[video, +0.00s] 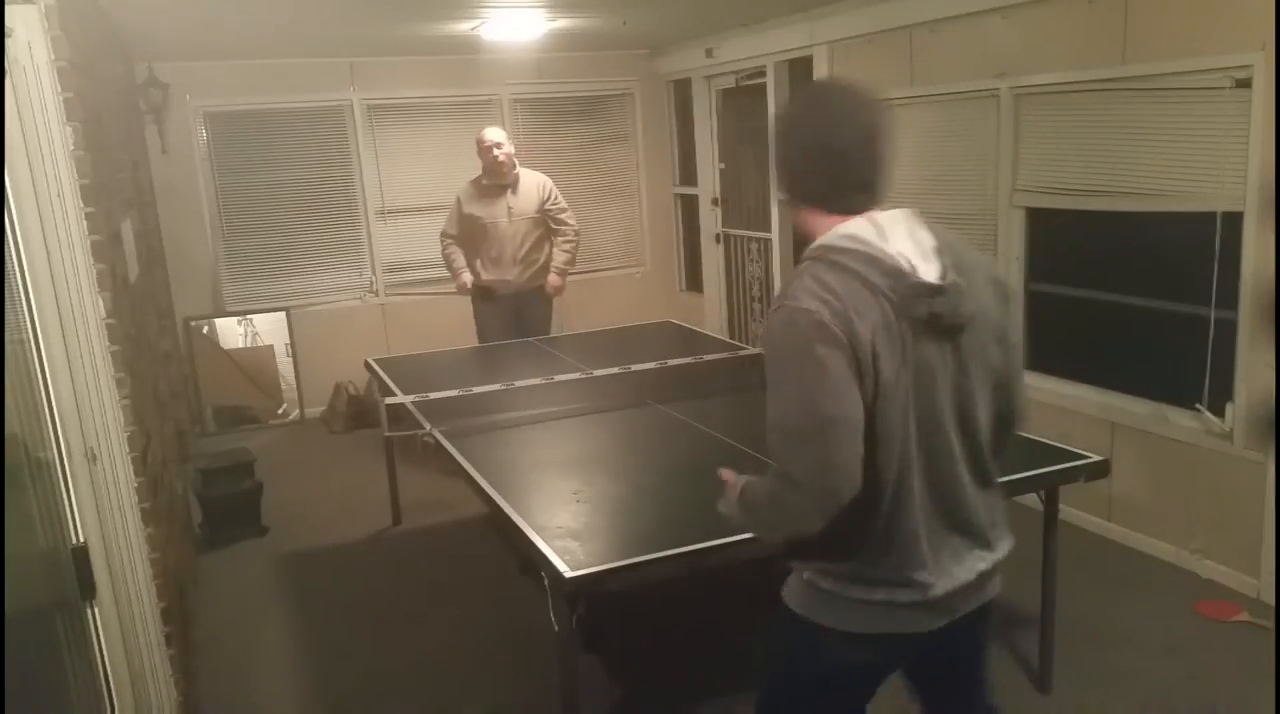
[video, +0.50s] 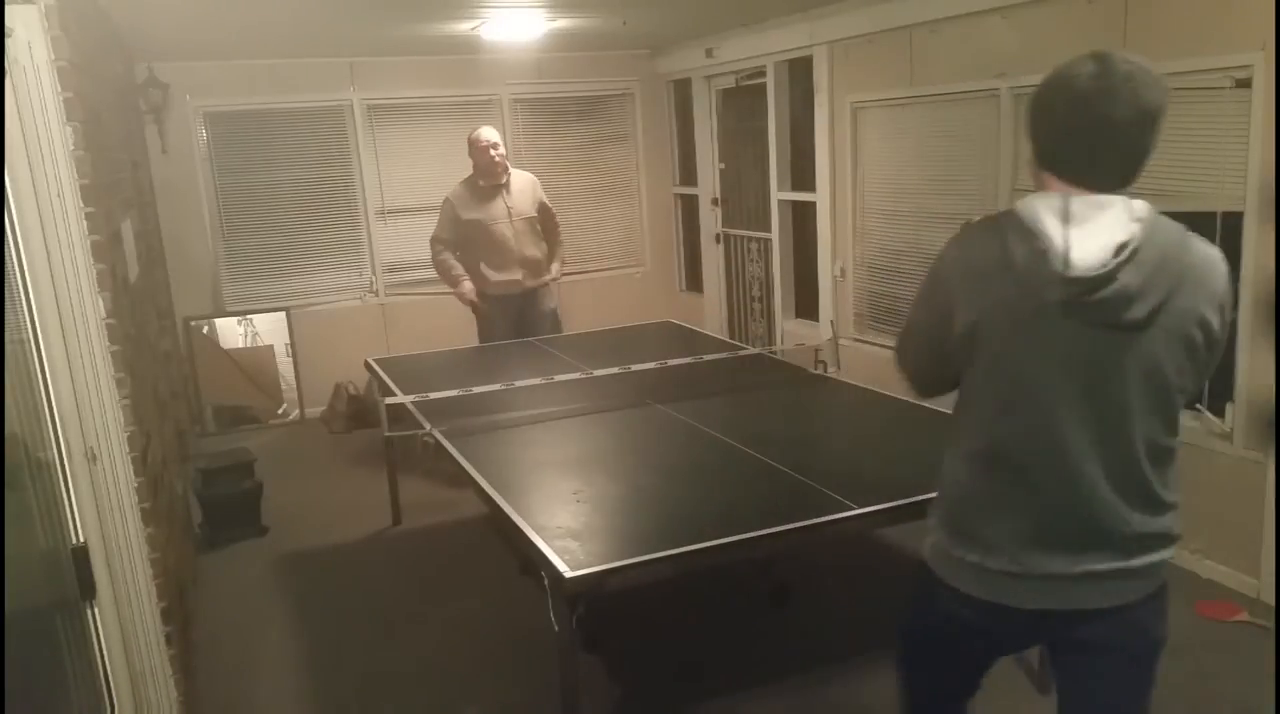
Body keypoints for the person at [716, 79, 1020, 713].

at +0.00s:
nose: (777, 174)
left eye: (782, 159)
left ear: (788, 175)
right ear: (876, 163)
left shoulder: (813, 306)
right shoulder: (974, 271)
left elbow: (821, 485)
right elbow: (1004, 418)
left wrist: (744, 499)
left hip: (851, 612)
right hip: (967, 595)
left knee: (796, 703)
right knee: (963, 704)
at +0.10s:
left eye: (852, 139)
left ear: (857, 158)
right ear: (957, 159)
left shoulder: (838, 295)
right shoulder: (1035, 274)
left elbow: (814, 471)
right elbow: (1072, 406)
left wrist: (773, 482)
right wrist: (985, 400)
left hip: (871, 607)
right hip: (1003, 600)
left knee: (830, 702)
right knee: (1004, 704)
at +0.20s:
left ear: (924, 173)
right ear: (1023, 178)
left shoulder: (885, 292)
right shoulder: (1092, 278)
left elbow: (827, 462)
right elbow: (1139, 404)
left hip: (906, 611)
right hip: (1047, 610)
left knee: (858, 702)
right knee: (1055, 704)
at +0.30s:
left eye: (978, 143)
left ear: (979, 159)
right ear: (1081, 170)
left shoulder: (923, 287)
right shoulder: (1142, 276)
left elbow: (871, 431)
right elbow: (1170, 398)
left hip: (939, 599)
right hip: (1086, 604)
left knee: (873, 704)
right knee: (1080, 706)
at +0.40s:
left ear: (1006, 152)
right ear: (1110, 163)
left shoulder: (947, 273)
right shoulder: (1172, 271)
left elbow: (892, 408)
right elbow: (1174, 392)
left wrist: (979, 385)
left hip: (956, 592)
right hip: (1103, 601)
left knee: (888, 701)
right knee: (1093, 706)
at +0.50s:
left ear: (1037, 143)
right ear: (1142, 155)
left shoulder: (980, 250)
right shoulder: (1203, 269)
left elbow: (922, 370)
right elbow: (1207, 389)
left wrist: (1011, 314)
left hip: (977, 585)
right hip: (1120, 597)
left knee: (931, 697)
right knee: (1109, 706)